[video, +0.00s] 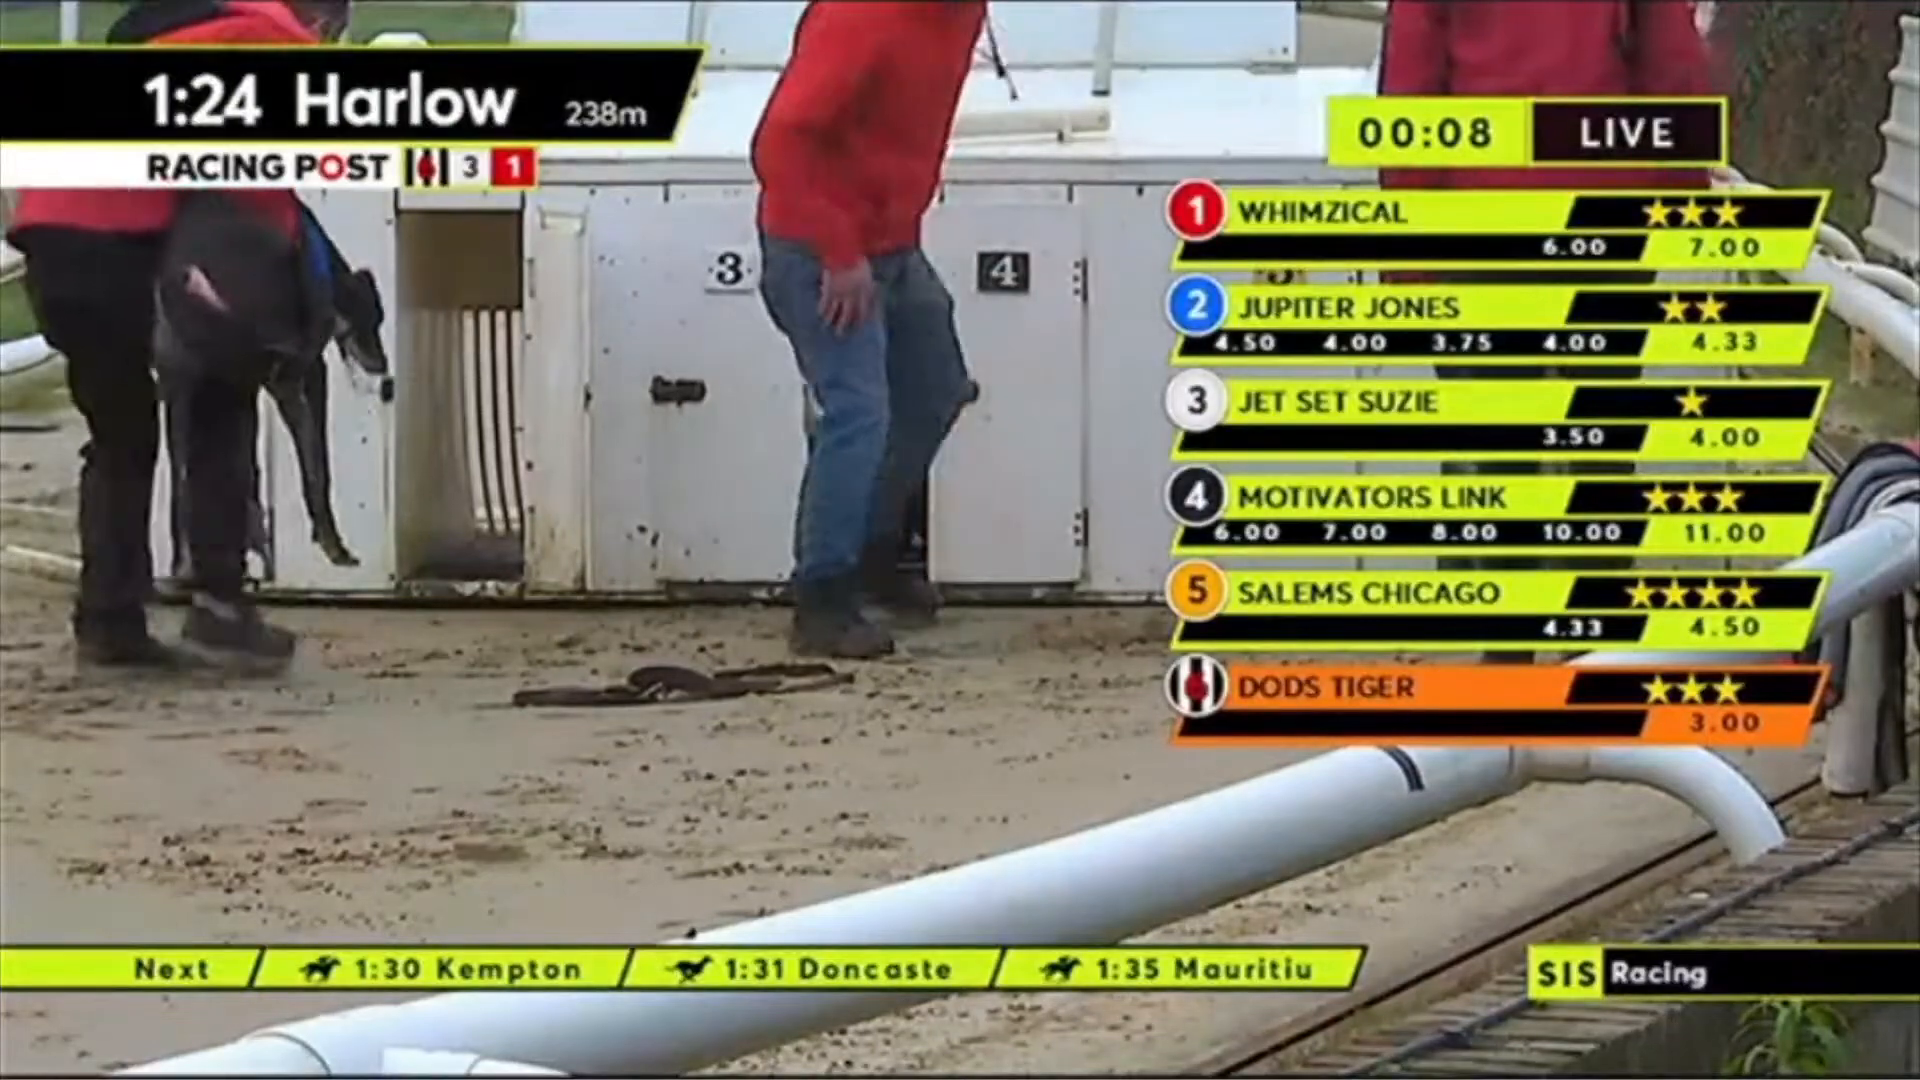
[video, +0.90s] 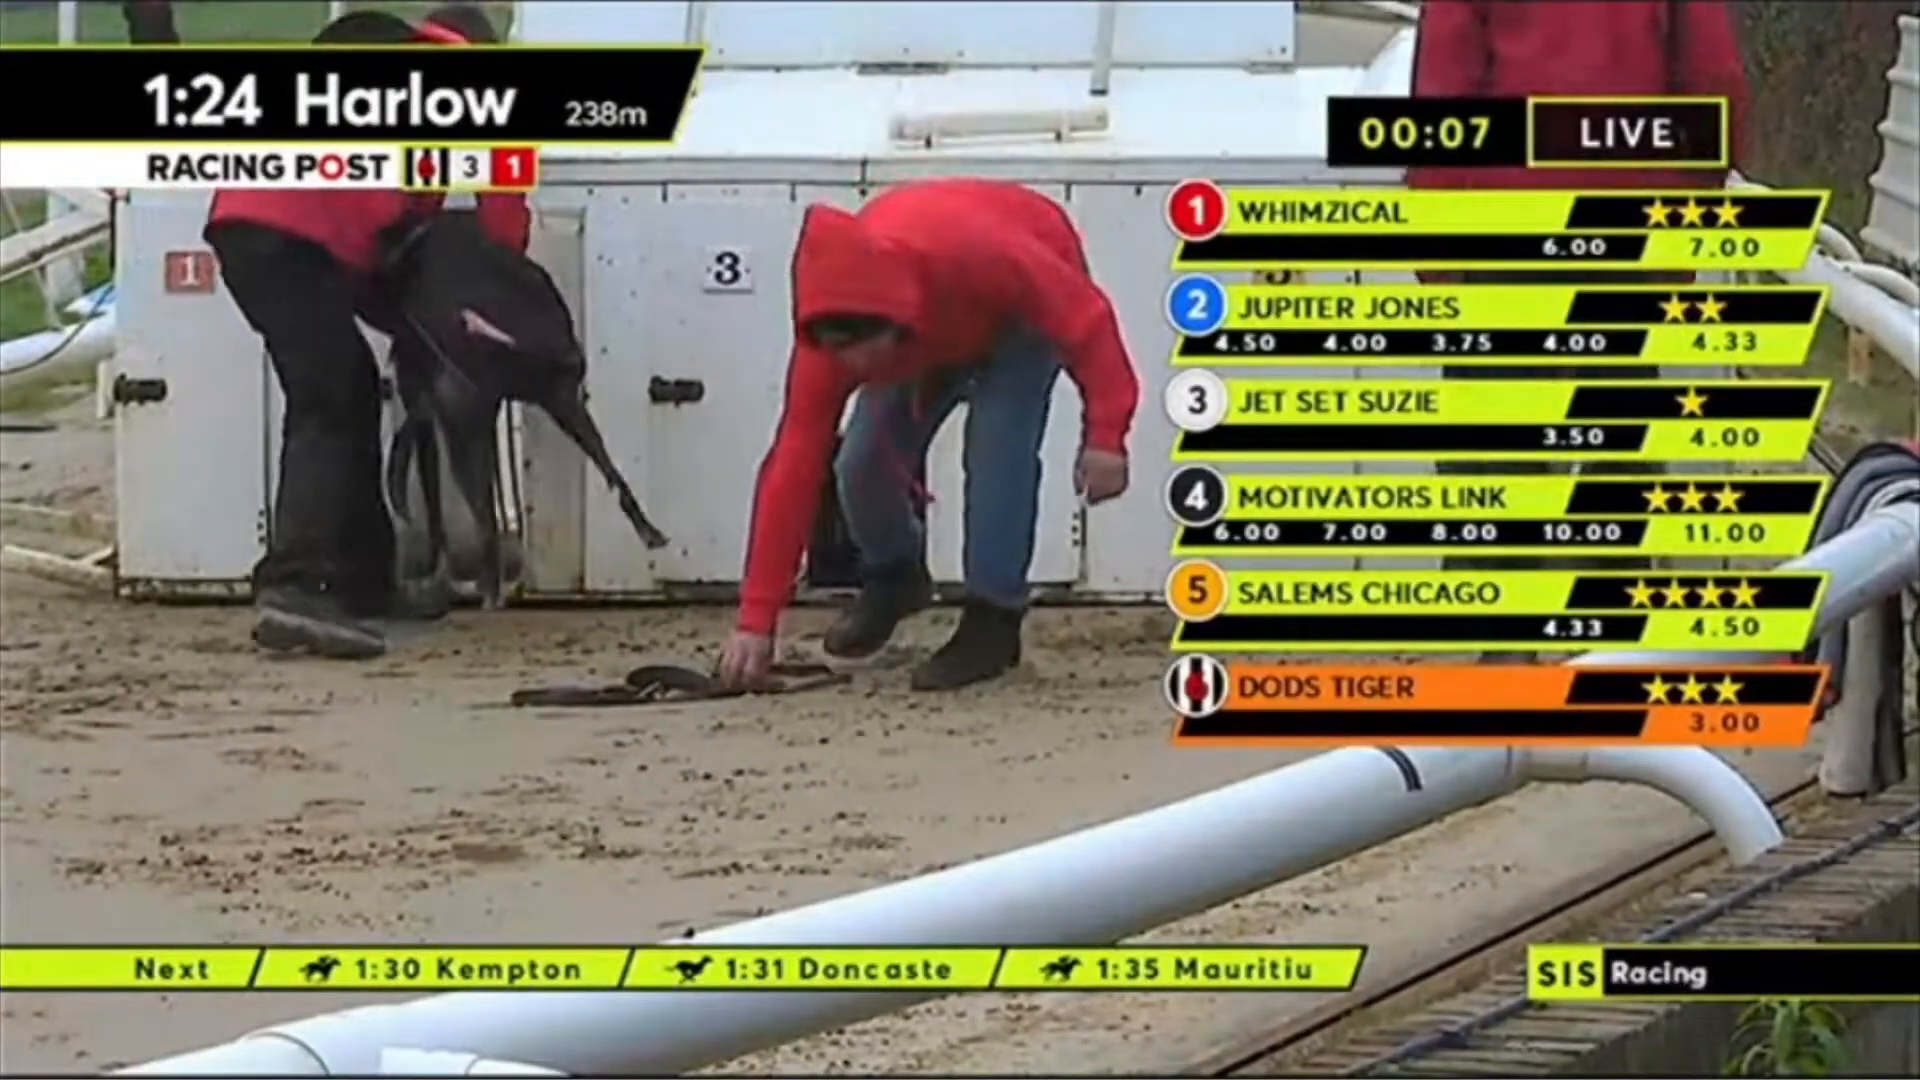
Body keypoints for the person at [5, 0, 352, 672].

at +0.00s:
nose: (328, 38)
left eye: (333, 29)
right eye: (330, 26)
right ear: (314, 9)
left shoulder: (138, 24)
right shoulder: (269, 30)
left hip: (64, 233)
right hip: (179, 236)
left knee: (120, 432)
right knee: (219, 404)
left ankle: (109, 623)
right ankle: (221, 598)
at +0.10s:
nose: (345, 29)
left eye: (347, 20)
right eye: (344, 17)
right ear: (326, 4)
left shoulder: (145, 36)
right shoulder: (291, 25)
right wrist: (306, 240)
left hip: (90, 237)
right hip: (206, 242)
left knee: (136, 434)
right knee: (253, 423)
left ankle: (116, 622)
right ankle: (295, 606)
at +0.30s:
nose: (393, 18)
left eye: (391, 13)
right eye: (391, 11)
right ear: (374, 3)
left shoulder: (215, 31)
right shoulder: (349, 37)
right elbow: (364, 182)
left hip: (169, 265)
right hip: (277, 265)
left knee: (226, 407)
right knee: (321, 421)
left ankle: (148, 546)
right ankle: (302, 601)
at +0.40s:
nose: (424, 22)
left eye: (422, 15)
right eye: (422, 15)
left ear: (340, 0)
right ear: (407, 7)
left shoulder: (262, 31)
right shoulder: (390, 49)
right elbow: (426, 184)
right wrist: (452, 274)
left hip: (185, 250)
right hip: (275, 255)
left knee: (267, 378)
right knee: (345, 400)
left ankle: (227, 559)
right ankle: (307, 591)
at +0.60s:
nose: (456, 24)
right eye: (453, 17)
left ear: (375, 5)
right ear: (441, 10)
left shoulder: (297, 31)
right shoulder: (433, 57)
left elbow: (219, 140)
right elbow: (500, 192)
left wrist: (190, 238)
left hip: (215, 266)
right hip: (290, 274)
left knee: (302, 431)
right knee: (305, 430)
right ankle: (312, 581)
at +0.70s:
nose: (480, 38)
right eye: (477, 30)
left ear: (396, 9)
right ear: (461, 23)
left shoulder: (329, 41)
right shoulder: (466, 77)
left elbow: (243, 145)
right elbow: (519, 202)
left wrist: (205, 245)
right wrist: (502, 279)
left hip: (228, 261)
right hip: (304, 272)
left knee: (326, 427)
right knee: (319, 429)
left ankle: (364, 579)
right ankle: (290, 578)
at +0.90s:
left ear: (431, 28)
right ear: (483, 43)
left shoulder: (368, 57)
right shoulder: (492, 90)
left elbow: (351, 229)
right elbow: (504, 222)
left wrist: (411, 318)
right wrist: (495, 299)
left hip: (241, 222)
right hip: (292, 231)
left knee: (347, 394)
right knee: (331, 394)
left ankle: (366, 584)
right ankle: (297, 588)